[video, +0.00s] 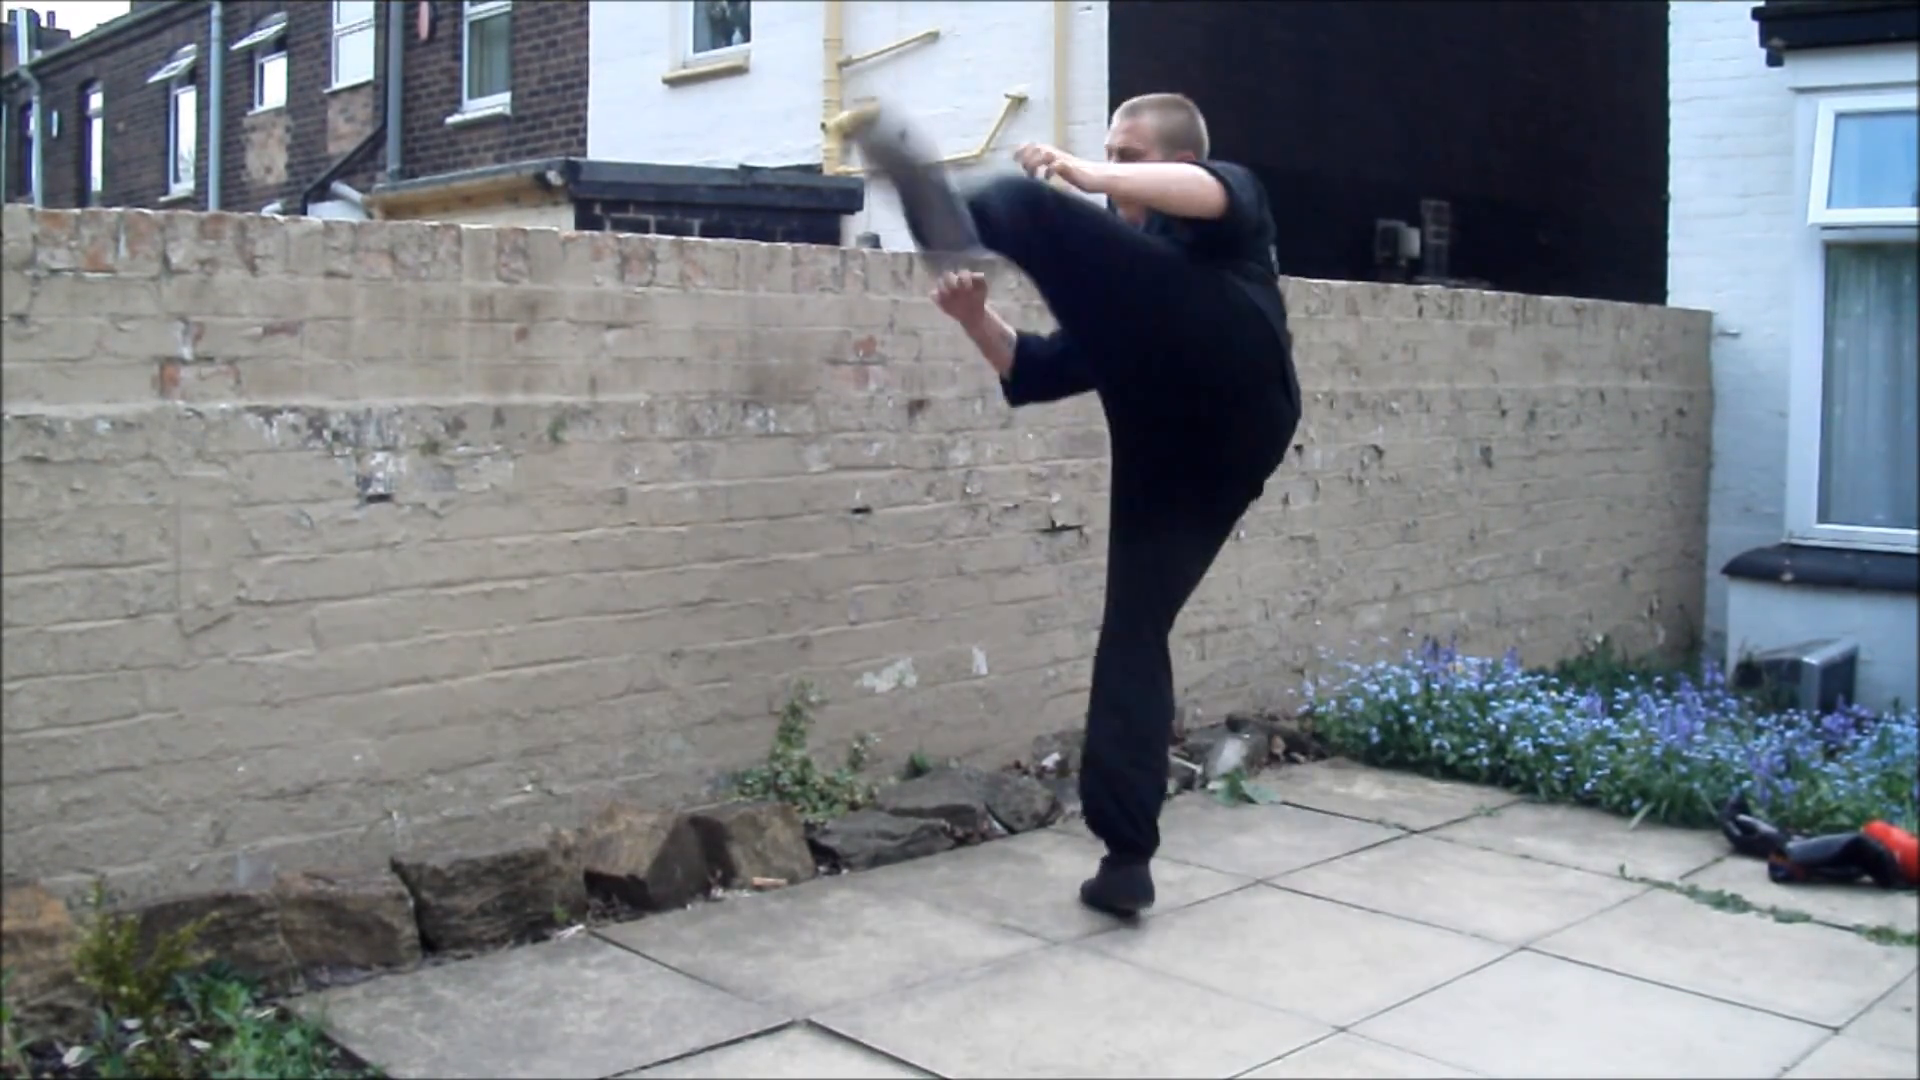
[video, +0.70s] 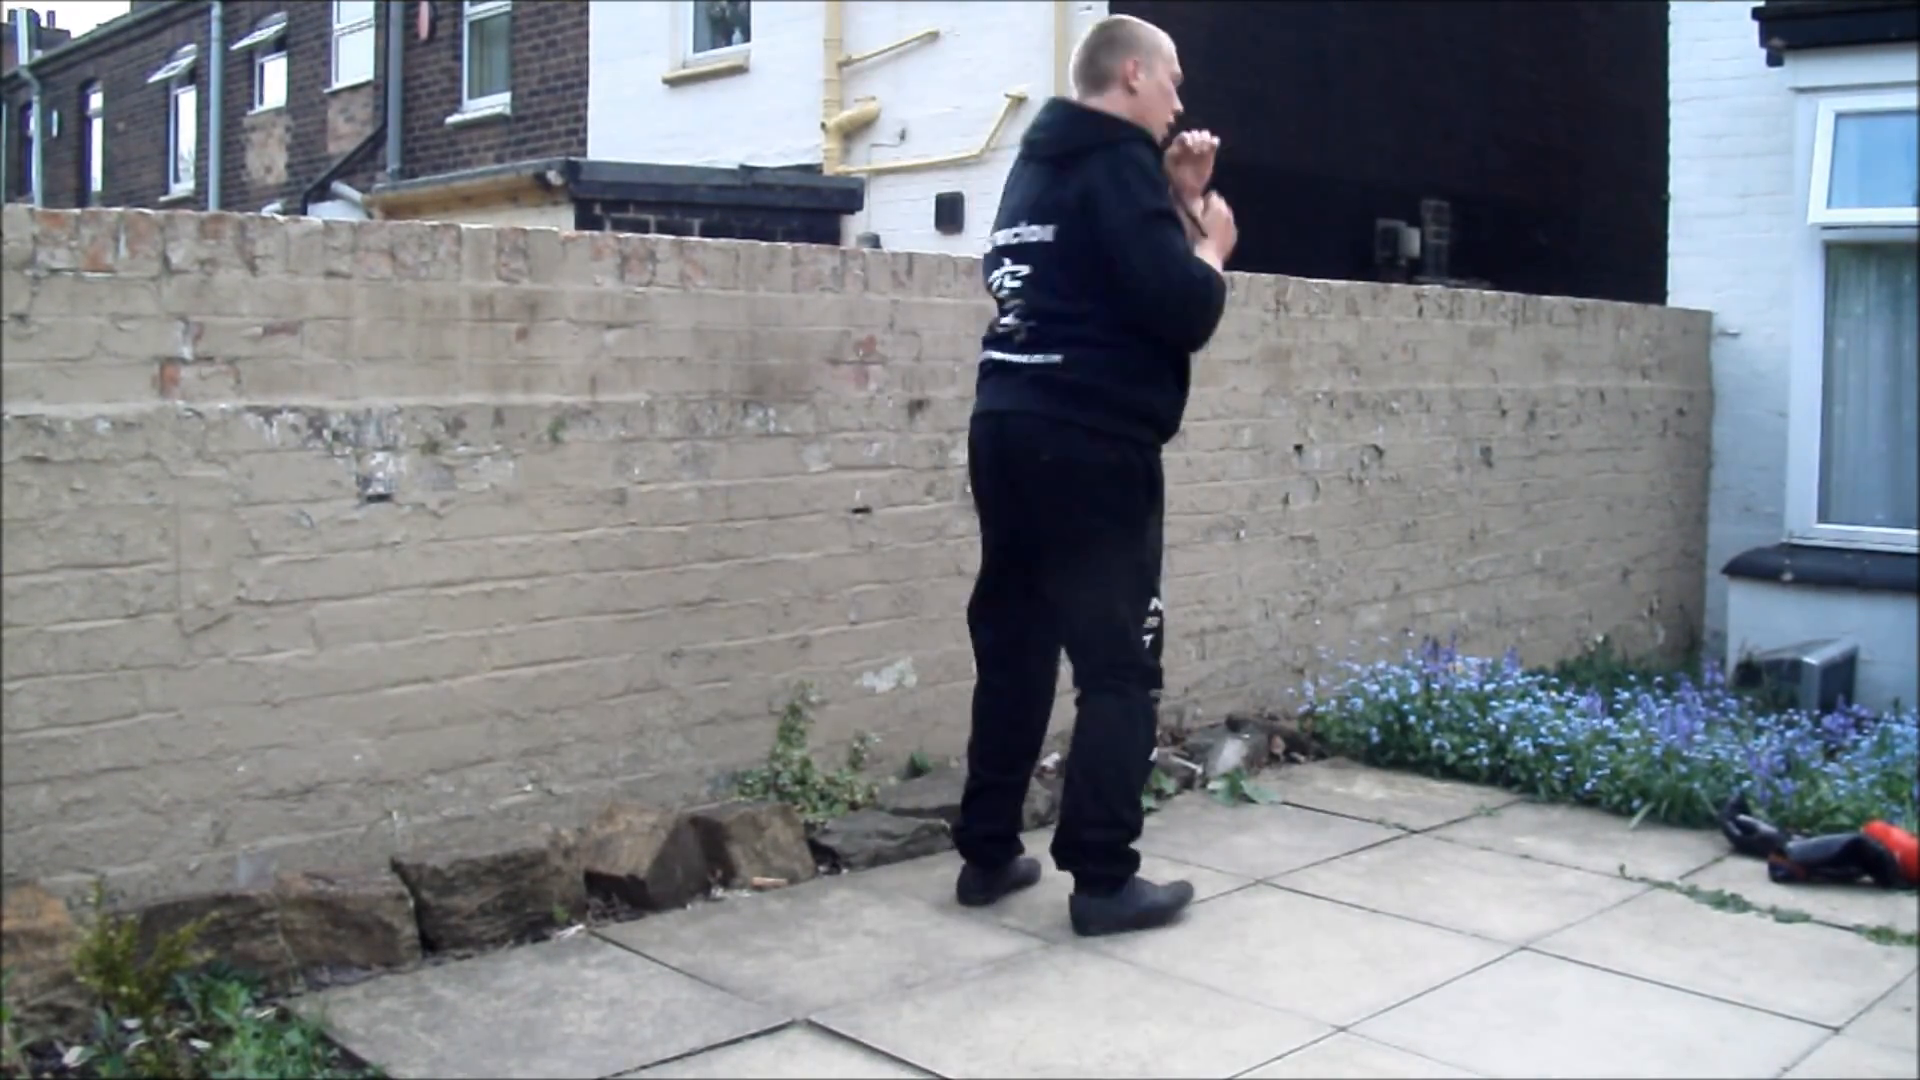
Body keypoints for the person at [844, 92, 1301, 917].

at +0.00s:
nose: (1110, 169)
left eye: (1128, 156)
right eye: (1109, 155)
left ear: (1182, 165)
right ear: (1117, 164)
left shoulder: (1234, 201)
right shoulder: (1121, 282)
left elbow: (1213, 197)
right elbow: (1040, 370)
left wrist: (1092, 175)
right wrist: (975, 318)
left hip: (1237, 375)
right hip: (1179, 463)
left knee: (1043, 216)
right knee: (1134, 634)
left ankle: (963, 213)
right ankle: (1127, 859)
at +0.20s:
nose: (1083, 190)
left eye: (1092, 180)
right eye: (1086, 180)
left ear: (1121, 183)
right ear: (1176, 187)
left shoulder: (1163, 212)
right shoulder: (1212, 258)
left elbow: (1078, 186)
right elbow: (1187, 386)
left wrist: (956, 126)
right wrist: (1098, 470)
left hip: (1150, 360)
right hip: (1202, 453)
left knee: (959, 239)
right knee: (1107, 649)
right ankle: (1094, 879)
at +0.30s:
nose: (1099, 182)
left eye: (1107, 169)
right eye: (1102, 168)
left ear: (1143, 168)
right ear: (1190, 173)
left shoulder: (1146, 199)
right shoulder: (1259, 287)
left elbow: (1033, 212)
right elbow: (1304, 437)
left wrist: (931, 178)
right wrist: (1199, 480)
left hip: (1094, 383)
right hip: (1175, 464)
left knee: (887, 448)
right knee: (1098, 656)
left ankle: (956, 652)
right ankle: (1093, 879)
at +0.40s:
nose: (1106, 150)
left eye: (1109, 138)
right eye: (1105, 139)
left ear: (1135, 133)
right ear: (1198, 138)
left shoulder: (1121, 172)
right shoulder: (1274, 246)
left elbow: (968, 261)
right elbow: (1305, 381)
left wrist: (988, 203)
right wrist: (1213, 431)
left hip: (1062, 409)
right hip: (1170, 451)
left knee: (934, 576)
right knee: (1094, 654)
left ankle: (968, 800)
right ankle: (1097, 879)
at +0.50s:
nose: (1102, 108)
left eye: (1102, 97)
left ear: (1110, 99)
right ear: (1195, 102)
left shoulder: (1066, 156)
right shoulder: (1255, 193)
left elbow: (998, 289)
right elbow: (1259, 357)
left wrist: (1077, 301)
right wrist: (1183, 346)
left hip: (1032, 407)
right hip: (1153, 425)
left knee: (992, 638)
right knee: (1112, 656)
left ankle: (952, 857)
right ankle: (1098, 882)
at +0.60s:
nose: (1183, 87)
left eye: (1171, 74)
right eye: (1180, 76)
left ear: (1092, 88)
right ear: (1172, 80)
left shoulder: (1035, 160)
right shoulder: (1201, 165)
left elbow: (1025, 271)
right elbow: (1221, 328)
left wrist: (1098, 315)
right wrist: (1155, 349)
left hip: (1013, 414)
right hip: (1128, 421)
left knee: (998, 642)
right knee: (1117, 659)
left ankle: (981, 855)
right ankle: (1100, 883)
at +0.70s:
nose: (1178, 101)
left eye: (1177, 85)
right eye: (1172, 83)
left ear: (1094, 81)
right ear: (1133, 80)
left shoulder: (1039, 160)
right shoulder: (1121, 164)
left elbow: (1111, 268)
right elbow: (1186, 314)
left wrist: (1176, 194)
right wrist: (1213, 252)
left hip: (1004, 438)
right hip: (1093, 448)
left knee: (1012, 653)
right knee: (1118, 670)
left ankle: (988, 858)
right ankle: (1102, 884)